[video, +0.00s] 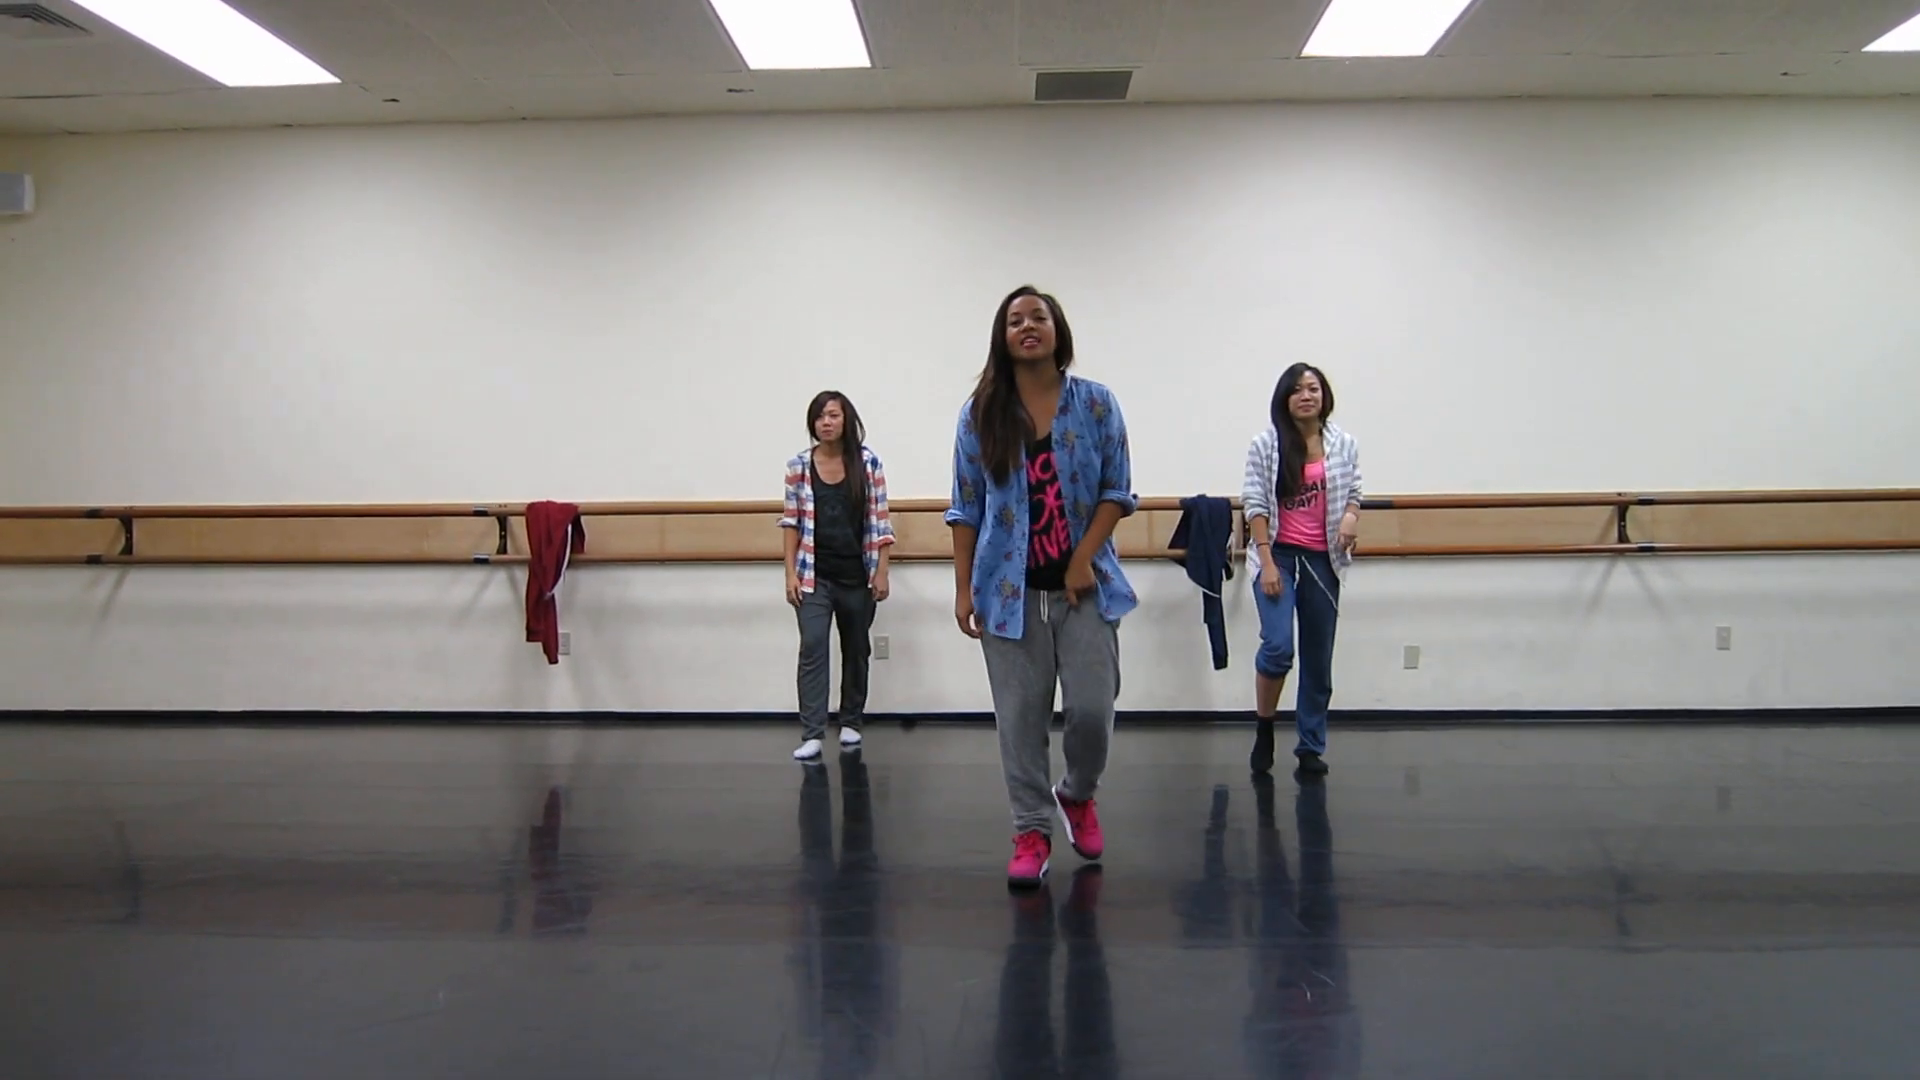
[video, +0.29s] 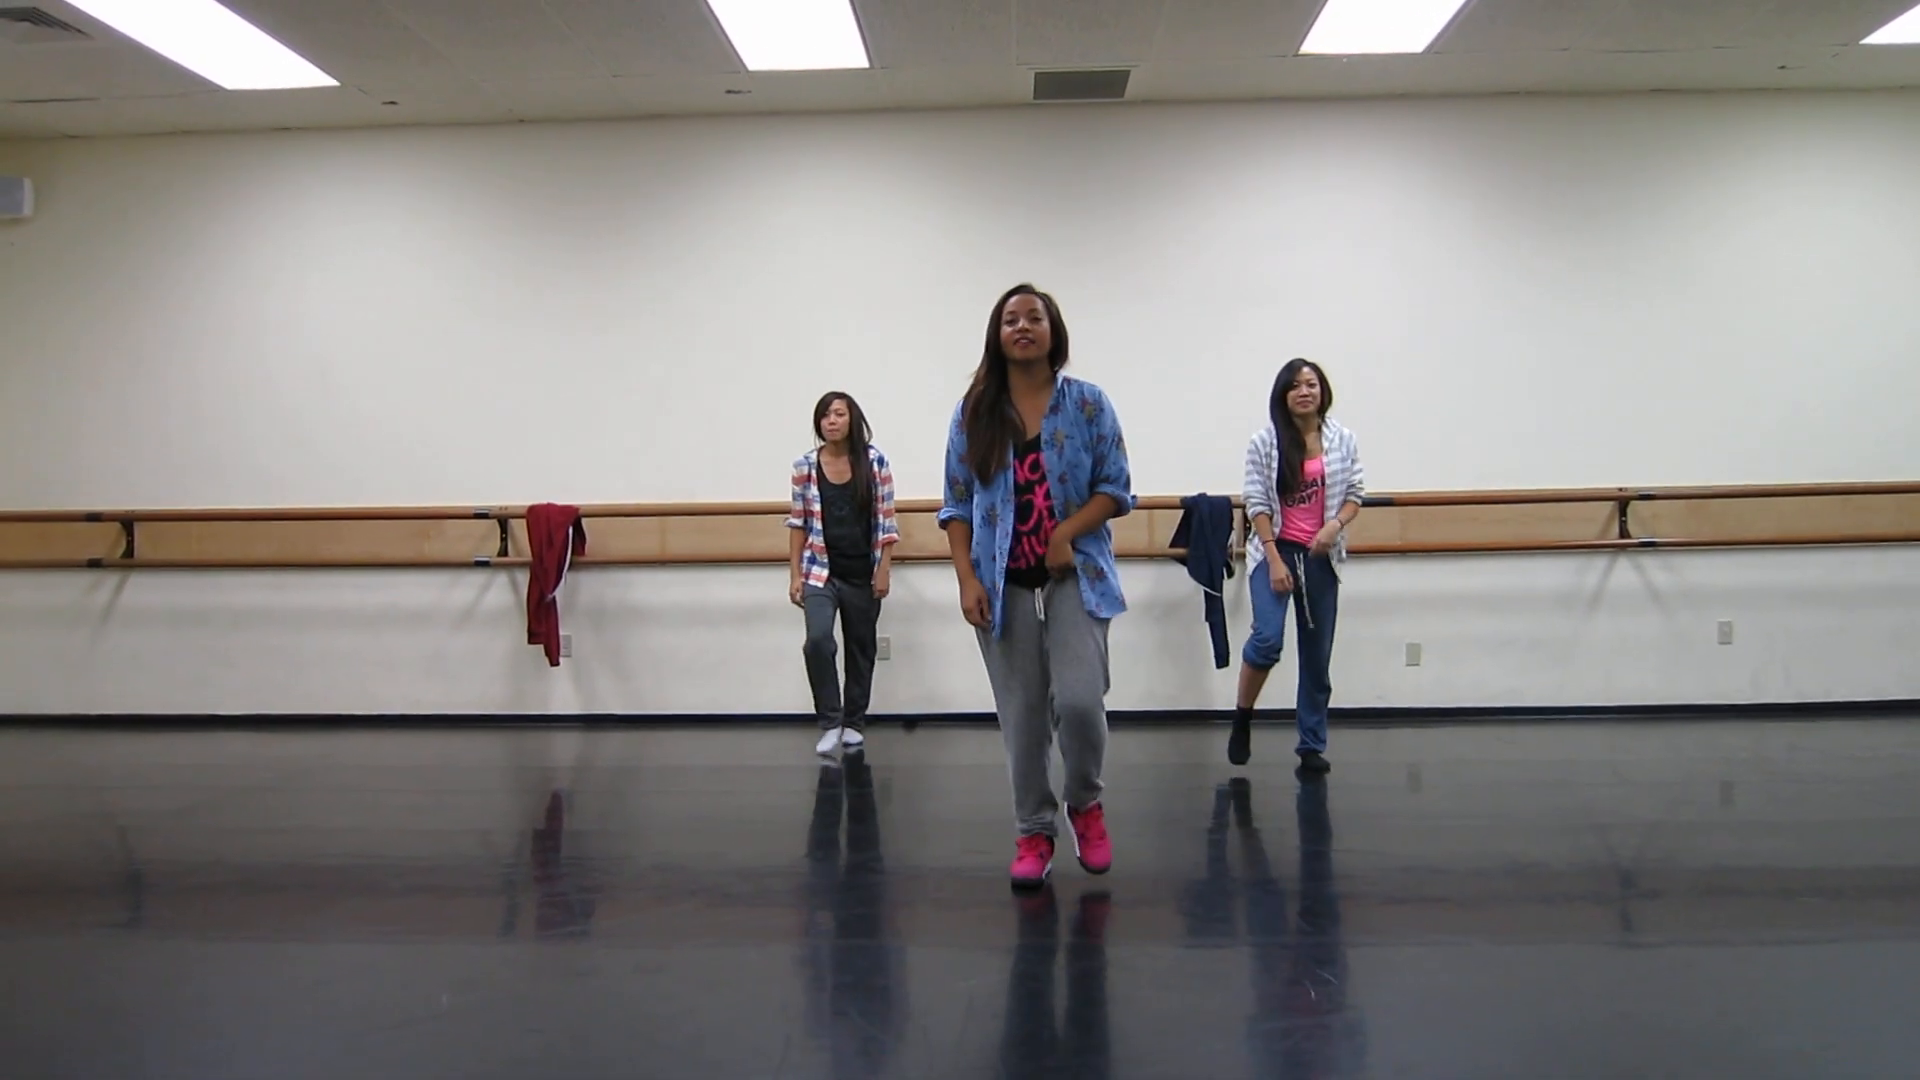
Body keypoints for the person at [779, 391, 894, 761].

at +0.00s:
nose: (827, 421)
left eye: (834, 415)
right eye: (821, 416)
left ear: (847, 421)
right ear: (812, 422)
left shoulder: (868, 462)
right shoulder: (799, 466)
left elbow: (882, 519)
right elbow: (791, 522)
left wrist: (882, 569)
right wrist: (791, 572)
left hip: (858, 577)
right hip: (813, 575)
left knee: (855, 653)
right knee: (812, 651)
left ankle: (850, 723)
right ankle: (813, 733)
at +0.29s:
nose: (832, 420)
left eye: (840, 414)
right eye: (826, 415)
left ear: (853, 421)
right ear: (818, 422)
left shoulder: (875, 462)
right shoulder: (805, 466)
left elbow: (887, 519)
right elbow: (798, 524)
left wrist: (884, 567)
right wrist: (796, 574)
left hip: (862, 575)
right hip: (819, 572)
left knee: (860, 652)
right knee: (818, 640)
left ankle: (854, 724)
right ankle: (831, 723)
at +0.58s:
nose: (834, 423)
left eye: (842, 418)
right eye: (828, 417)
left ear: (854, 425)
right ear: (818, 424)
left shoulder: (873, 467)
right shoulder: (802, 470)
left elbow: (883, 527)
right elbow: (794, 529)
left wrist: (875, 576)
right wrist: (791, 580)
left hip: (859, 584)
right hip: (816, 582)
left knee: (857, 659)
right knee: (821, 654)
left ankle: (852, 725)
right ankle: (834, 740)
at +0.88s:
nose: (829, 410)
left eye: (838, 405)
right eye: (823, 404)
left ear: (850, 414)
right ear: (814, 412)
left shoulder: (868, 460)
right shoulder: (794, 459)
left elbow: (878, 520)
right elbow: (782, 517)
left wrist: (874, 570)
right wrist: (780, 568)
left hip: (853, 579)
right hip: (808, 579)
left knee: (856, 659)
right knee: (816, 664)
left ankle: (854, 717)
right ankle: (831, 743)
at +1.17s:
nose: (827, 411)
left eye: (835, 406)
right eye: (820, 406)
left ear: (848, 418)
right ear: (810, 416)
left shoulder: (866, 462)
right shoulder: (792, 462)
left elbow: (894, 515)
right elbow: (765, 505)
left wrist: (887, 549)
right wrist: (766, 541)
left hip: (851, 588)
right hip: (802, 590)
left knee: (850, 669)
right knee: (813, 674)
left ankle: (850, 760)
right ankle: (829, 750)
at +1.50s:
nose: (818, 422)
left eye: (824, 414)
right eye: (810, 419)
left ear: (840, 422)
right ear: (803, 433)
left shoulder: (861, 469)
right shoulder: (791, 471)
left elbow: (894, 503)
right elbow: (746, 479)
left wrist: (909, 484)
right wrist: (698, 475)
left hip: (850, 596)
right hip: (800, 593)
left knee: (849, 681)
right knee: (798, 670)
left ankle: (846, 768)